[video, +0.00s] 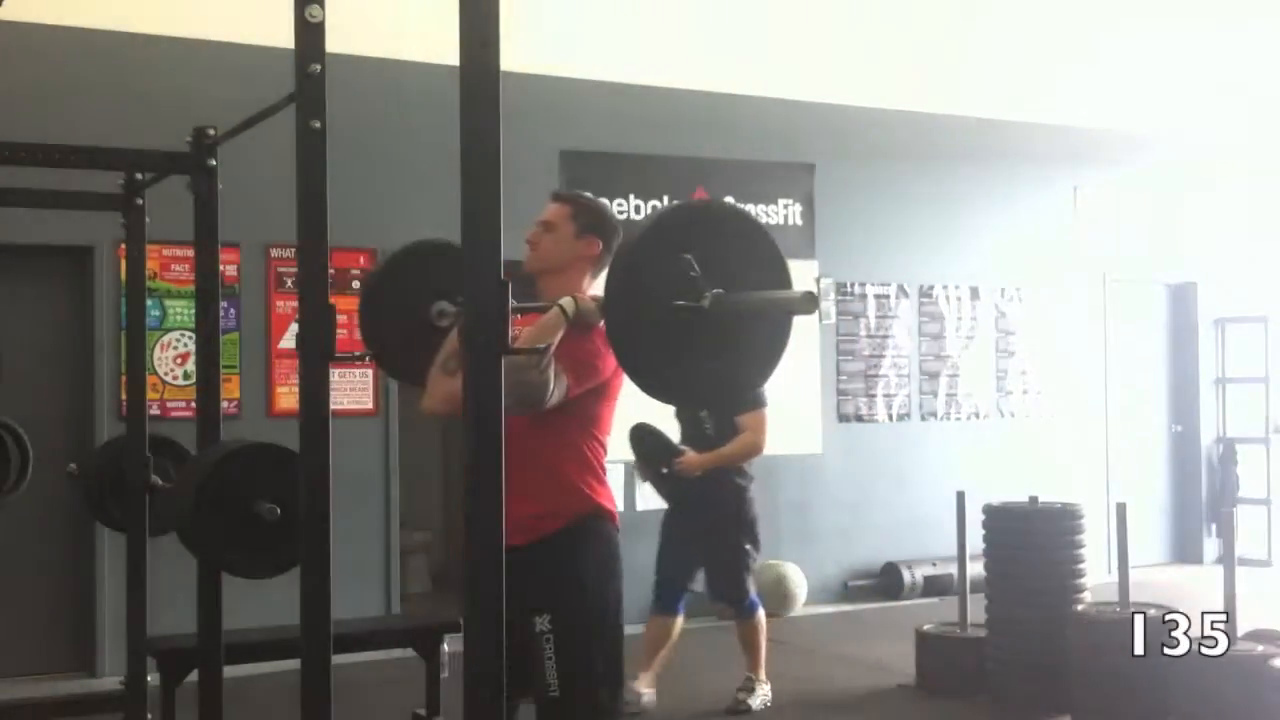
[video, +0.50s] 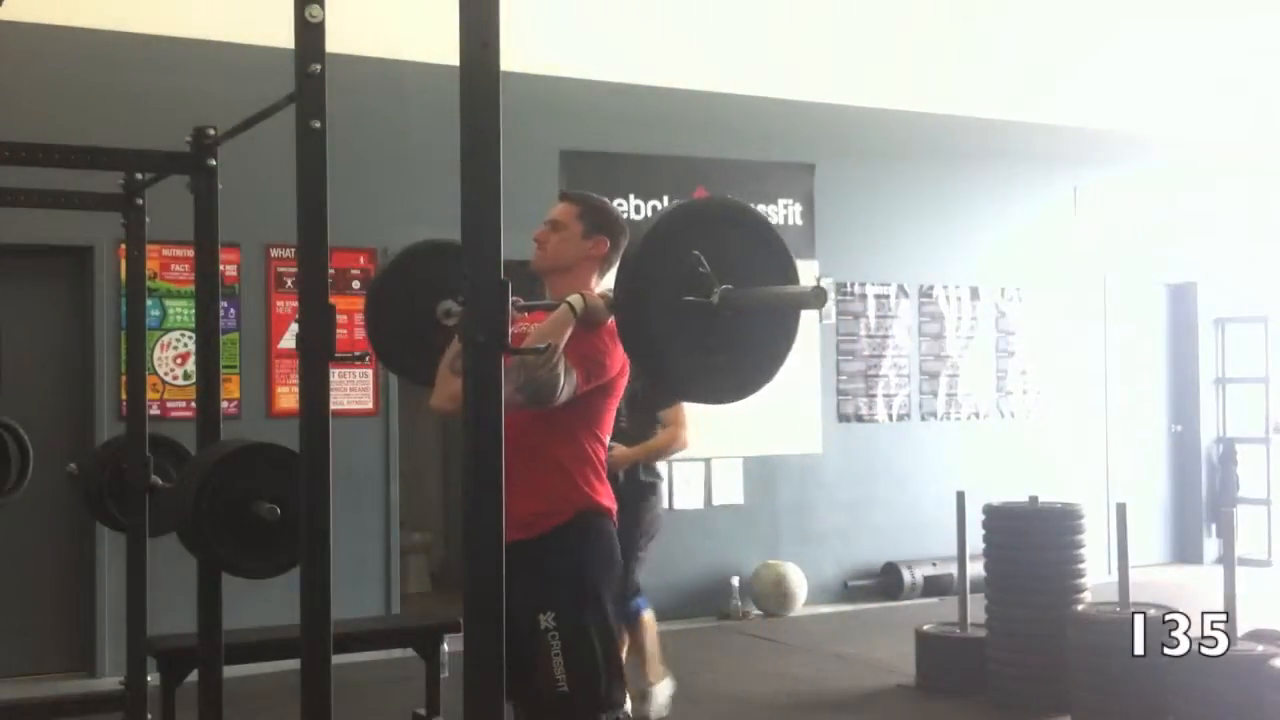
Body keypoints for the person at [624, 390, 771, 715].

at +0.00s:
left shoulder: (738, 377)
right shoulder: (682, 383)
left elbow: (754, 441)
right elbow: (693, 443)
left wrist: (702, 461)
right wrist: (660, 464)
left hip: (728, 498)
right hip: (687, 498)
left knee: (740, 592)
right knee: (667, 592)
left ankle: (758, 681)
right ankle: (645, 681)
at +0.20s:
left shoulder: (702, 382)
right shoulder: (651, 391)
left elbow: (718, 442)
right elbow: (657, 445)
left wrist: (666, 460)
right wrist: (627, 459)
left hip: (687, 508)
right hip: (643, 507)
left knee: (703, 595)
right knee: (628, 601)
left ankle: (753, 673)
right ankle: (617, 693)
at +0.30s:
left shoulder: (676, 370)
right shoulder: (606, 373)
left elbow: (701, 435)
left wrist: (650, 452)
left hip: (661, 498)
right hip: (615, 499)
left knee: (669, 592)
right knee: (618, 602)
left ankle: (734, 660)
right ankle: (618, 695)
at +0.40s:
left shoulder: (662, 368)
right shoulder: (593, 370)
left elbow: (688, 432)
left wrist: (637, 450)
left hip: (647, 493)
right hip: (603, 494)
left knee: (644, 590)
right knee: (613, 598)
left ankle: (699, 657)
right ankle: (616, 695)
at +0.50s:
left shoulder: (653, 373)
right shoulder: (590, 373)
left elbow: (677, 434)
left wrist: (629, 454)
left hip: (637, 489)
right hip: (600, 489)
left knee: (627, 586)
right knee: (610, 591)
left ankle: (655, 679)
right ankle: (614, 686)